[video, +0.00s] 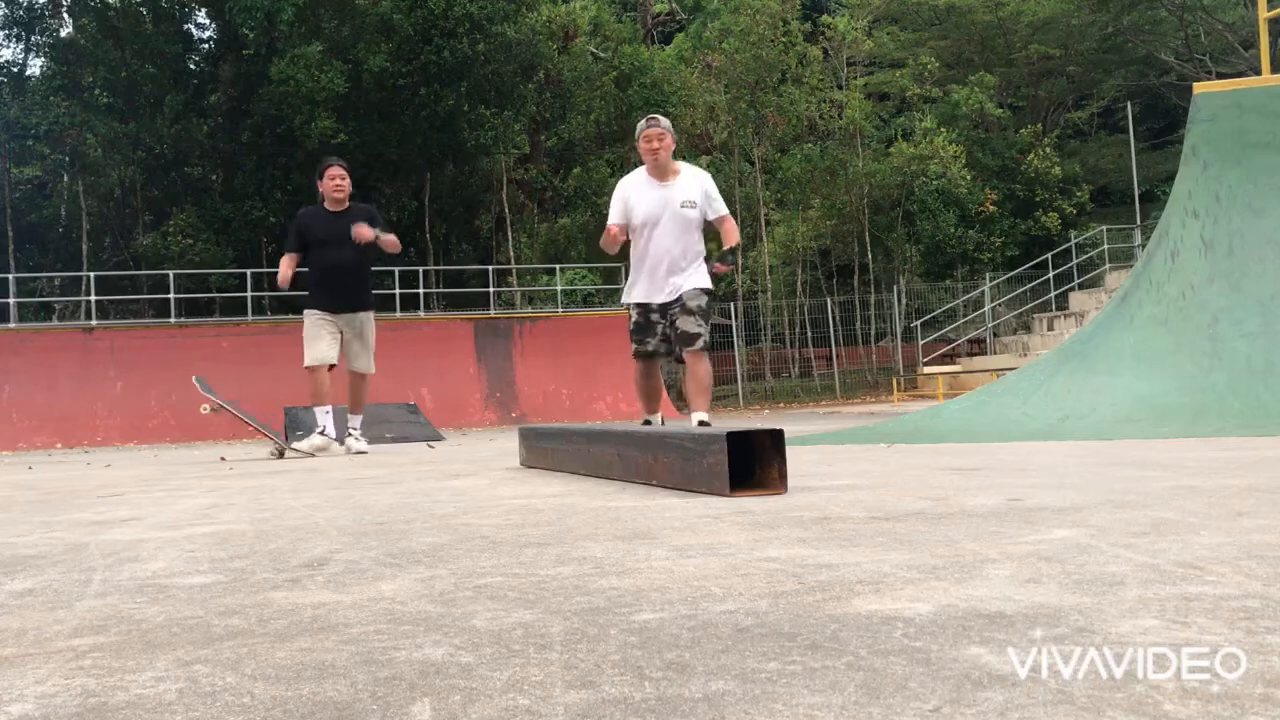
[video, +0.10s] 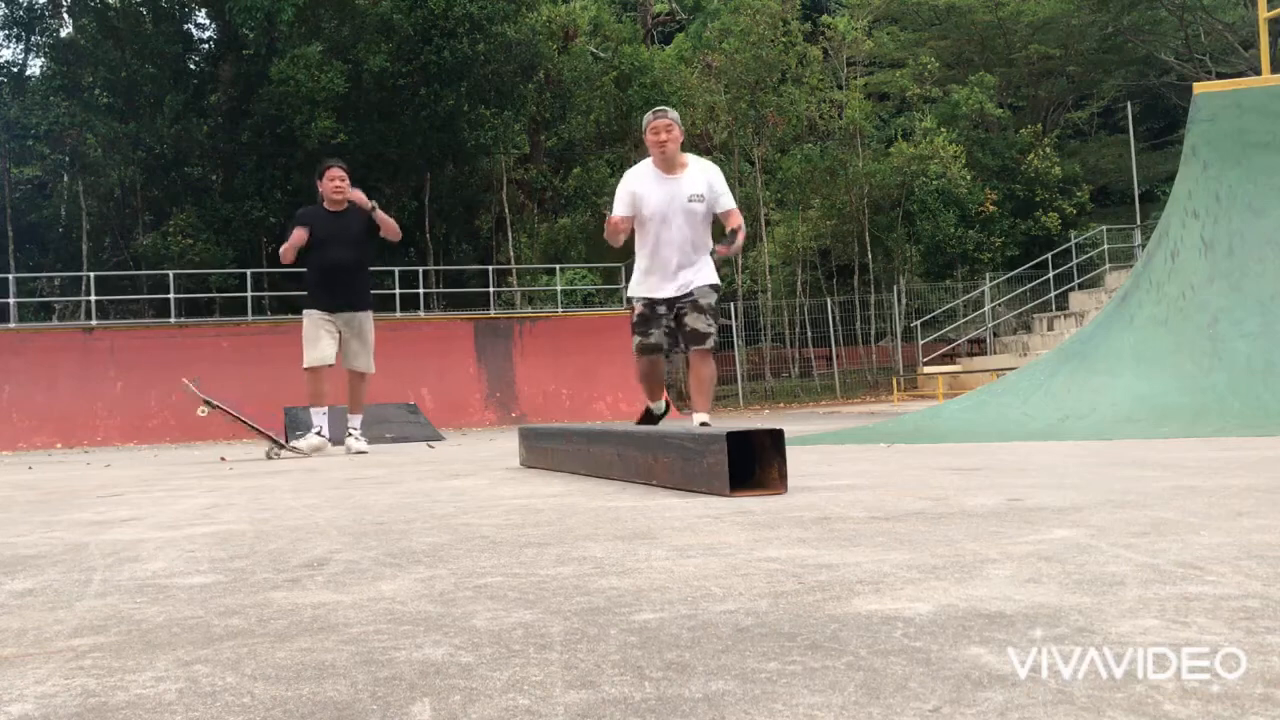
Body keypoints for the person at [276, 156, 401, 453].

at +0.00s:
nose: (339, 182)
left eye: (343, 177)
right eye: (332, 178)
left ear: (350, 184)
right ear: (320, 186)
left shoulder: (365, 214)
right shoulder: (306, 218)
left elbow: (395, 247)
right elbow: (291, 254)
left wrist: (375, 235)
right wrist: (285, 272)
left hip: (359, 310)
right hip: (319, 309)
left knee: (360, 370)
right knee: (317, 364)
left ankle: (354, 433)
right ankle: (325, 433)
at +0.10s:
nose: (339, 183)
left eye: (343, 179)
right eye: (332, 179)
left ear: (350, 185)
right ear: (320, 186)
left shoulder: (363, 214)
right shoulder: (308, 216)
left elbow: (396, 235)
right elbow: (285, 259)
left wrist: (370, 207)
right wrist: (294, 243)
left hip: (357, 308)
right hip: (319, 308)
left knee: (359, 370)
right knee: (315, 366)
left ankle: (354, 433)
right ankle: (319, 432)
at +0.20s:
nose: (335, 185)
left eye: (341, 180)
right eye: (329, 180)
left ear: (348, 187)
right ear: (318, 186)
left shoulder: (361, 213)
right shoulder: (307, 216)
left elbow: (391, 222)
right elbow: (283, 245)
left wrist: (363, 190)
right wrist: (303, 209)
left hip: (355, 306)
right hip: (316, 306)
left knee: (357, 370)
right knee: (312, 366)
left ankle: (354, 434)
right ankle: (311, 432)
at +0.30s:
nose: (332, 185)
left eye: (337, 180)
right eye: (326, 180)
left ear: (344, 186)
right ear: (315, 186)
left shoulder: (357, 213)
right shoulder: (304, 214)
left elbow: (386, 215)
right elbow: (282, 230)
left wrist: (356, 182)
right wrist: (307, 191)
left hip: (352, 306)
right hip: (313, 306)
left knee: (356, 370)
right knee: (307, 367)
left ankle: (354, 434)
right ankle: (303, 432)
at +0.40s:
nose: (325, 185)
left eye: (329, 181)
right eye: (319, 181)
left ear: (338, 187)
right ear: (308, 187)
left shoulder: (351, 214)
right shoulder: (299, 214)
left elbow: (381, 215)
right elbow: (279, 221)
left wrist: (352, 182)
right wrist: (303, 187)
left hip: (347, 306)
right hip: (308, 307)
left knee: (354, 370)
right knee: (301, 369)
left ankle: (354, 434)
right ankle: (294, 433)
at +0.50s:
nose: (319, 186)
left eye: (323, 182)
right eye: (313, 182)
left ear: (331, 189)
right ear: (303, 189)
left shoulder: (343, 217)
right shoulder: (293, 217)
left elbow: (377, 217)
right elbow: (271, 219)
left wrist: (348, 185)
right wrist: (295, 187)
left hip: (342, 309)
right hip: (302, 310)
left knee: (350, 372)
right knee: (296, 374)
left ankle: (354, 432)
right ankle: (290, 435)